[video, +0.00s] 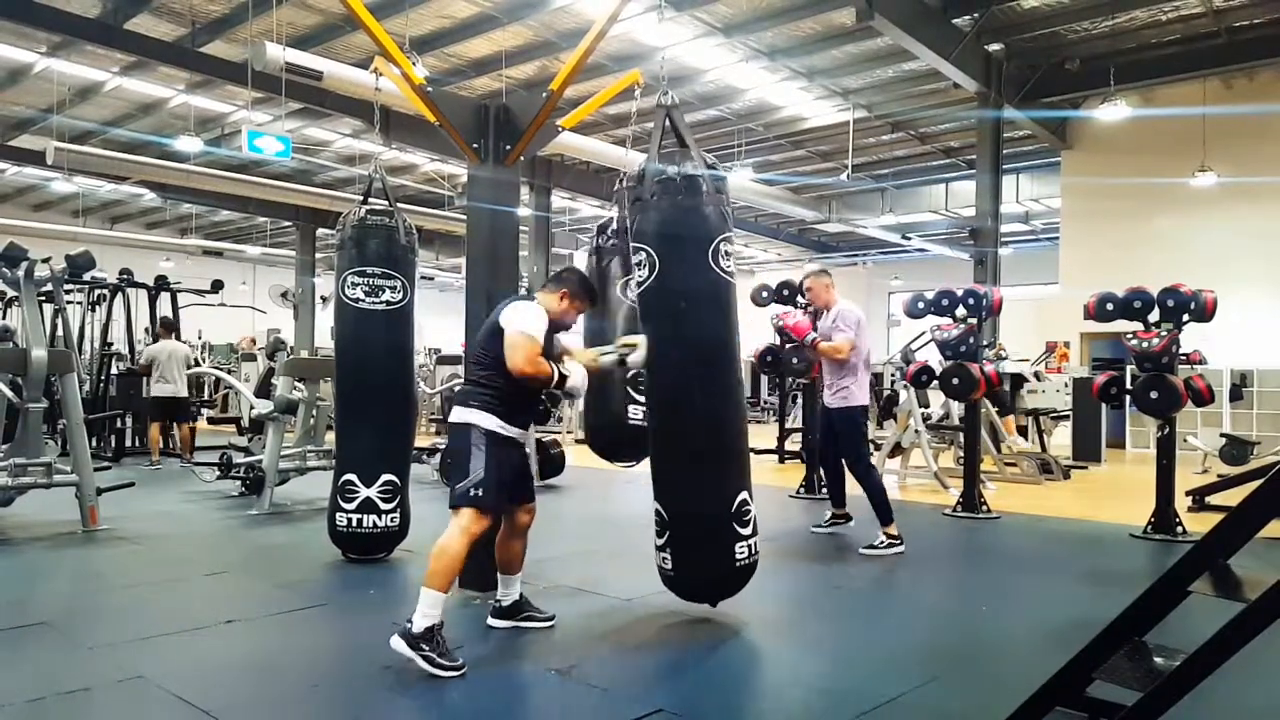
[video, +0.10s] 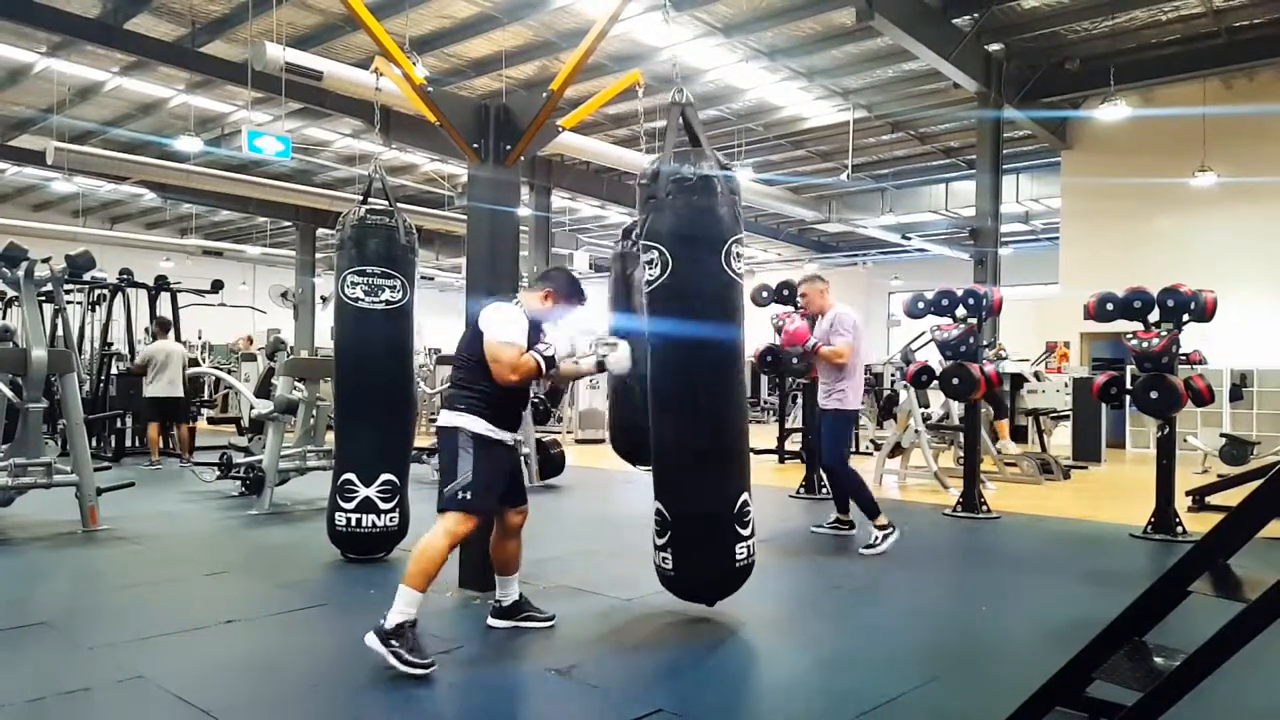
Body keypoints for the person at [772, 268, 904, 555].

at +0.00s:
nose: (808, 297)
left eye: (810, 290)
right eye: (805, 293)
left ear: (828, 286)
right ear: (820, 291)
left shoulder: (847, 313)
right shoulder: (824, 317)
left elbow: (842, 352)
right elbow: (819, 353)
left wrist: (809, 337)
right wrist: (797, 333)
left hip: (850, 403)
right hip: (831, 402)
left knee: (859, 465)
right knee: (828, 458)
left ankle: (891, 533)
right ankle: (839, 512)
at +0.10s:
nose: (802, 303)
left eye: (805, 296)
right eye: (800, 298)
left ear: (823, 291)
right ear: (818, 294)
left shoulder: (842, 317)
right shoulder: (820, 323)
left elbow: (841, 356)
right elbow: (818, 363)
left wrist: (809, 343)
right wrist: (789, 348)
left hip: (842, 404)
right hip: (827, 403)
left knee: (836, 464)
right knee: (829, 463)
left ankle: (882, 525)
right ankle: (842, 518)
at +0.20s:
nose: (796, 307)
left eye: (797, 300)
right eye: (794, 302)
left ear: (814, 293)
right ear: (811, 296)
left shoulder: (835, 316)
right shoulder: (820, 322)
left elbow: (842, 355)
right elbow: (819, 364)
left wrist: (813, 346)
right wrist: (790, 355)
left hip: (837, 397)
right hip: (828, 397)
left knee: (816, 454)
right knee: (829, 456)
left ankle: (853, 515)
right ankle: (843, 517)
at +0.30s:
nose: (792, 310)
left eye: (792, 303)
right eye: (788, 306)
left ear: (807, 294)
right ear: (800, 300)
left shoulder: (829, 314)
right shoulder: (814, 320)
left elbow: (835, 354)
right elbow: (815, 356)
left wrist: (801, 339)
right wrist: (788, 339)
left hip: (833, 394)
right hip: (827, 394)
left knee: (810, 452)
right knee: (832, 455)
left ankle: (818, 525)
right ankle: (844, 517)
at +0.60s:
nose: (772, 314)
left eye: (772, 307)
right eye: (769, 310)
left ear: (786, 298)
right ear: (782, 302)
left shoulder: (810, 319)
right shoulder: (797, 322)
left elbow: (809, 361)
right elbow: (798, 358)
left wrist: (783, 350)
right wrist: (781, 361)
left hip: (814, 404)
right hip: (808, 403)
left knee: (795, 462)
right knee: (811, 458)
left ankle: (782, 529)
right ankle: (839, 510)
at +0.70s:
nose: (776, 315)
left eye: (778, 308)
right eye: (773, 311)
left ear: (792, 298)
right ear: (774, 309)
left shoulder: (818, 321)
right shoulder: (786, 326)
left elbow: (814, 362)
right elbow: (759, 358)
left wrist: (783, 346)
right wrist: (769, 339)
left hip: (813, 402)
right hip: (795, 402)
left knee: (796, 460)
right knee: (806, 458)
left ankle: (782, 529)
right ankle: (835, 508)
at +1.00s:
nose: (751, 318)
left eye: (754, 312)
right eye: (749, 313)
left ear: (770, 306)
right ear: (759, 310)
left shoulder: (798, 325)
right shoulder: (765, 330)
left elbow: (828, 353)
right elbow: (765, 362)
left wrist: (813, 367)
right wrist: (758, 371)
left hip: (800, 405)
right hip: (790, 404)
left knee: (769, 459)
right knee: (808, 459)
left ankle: (780, 529)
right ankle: (838, 508)